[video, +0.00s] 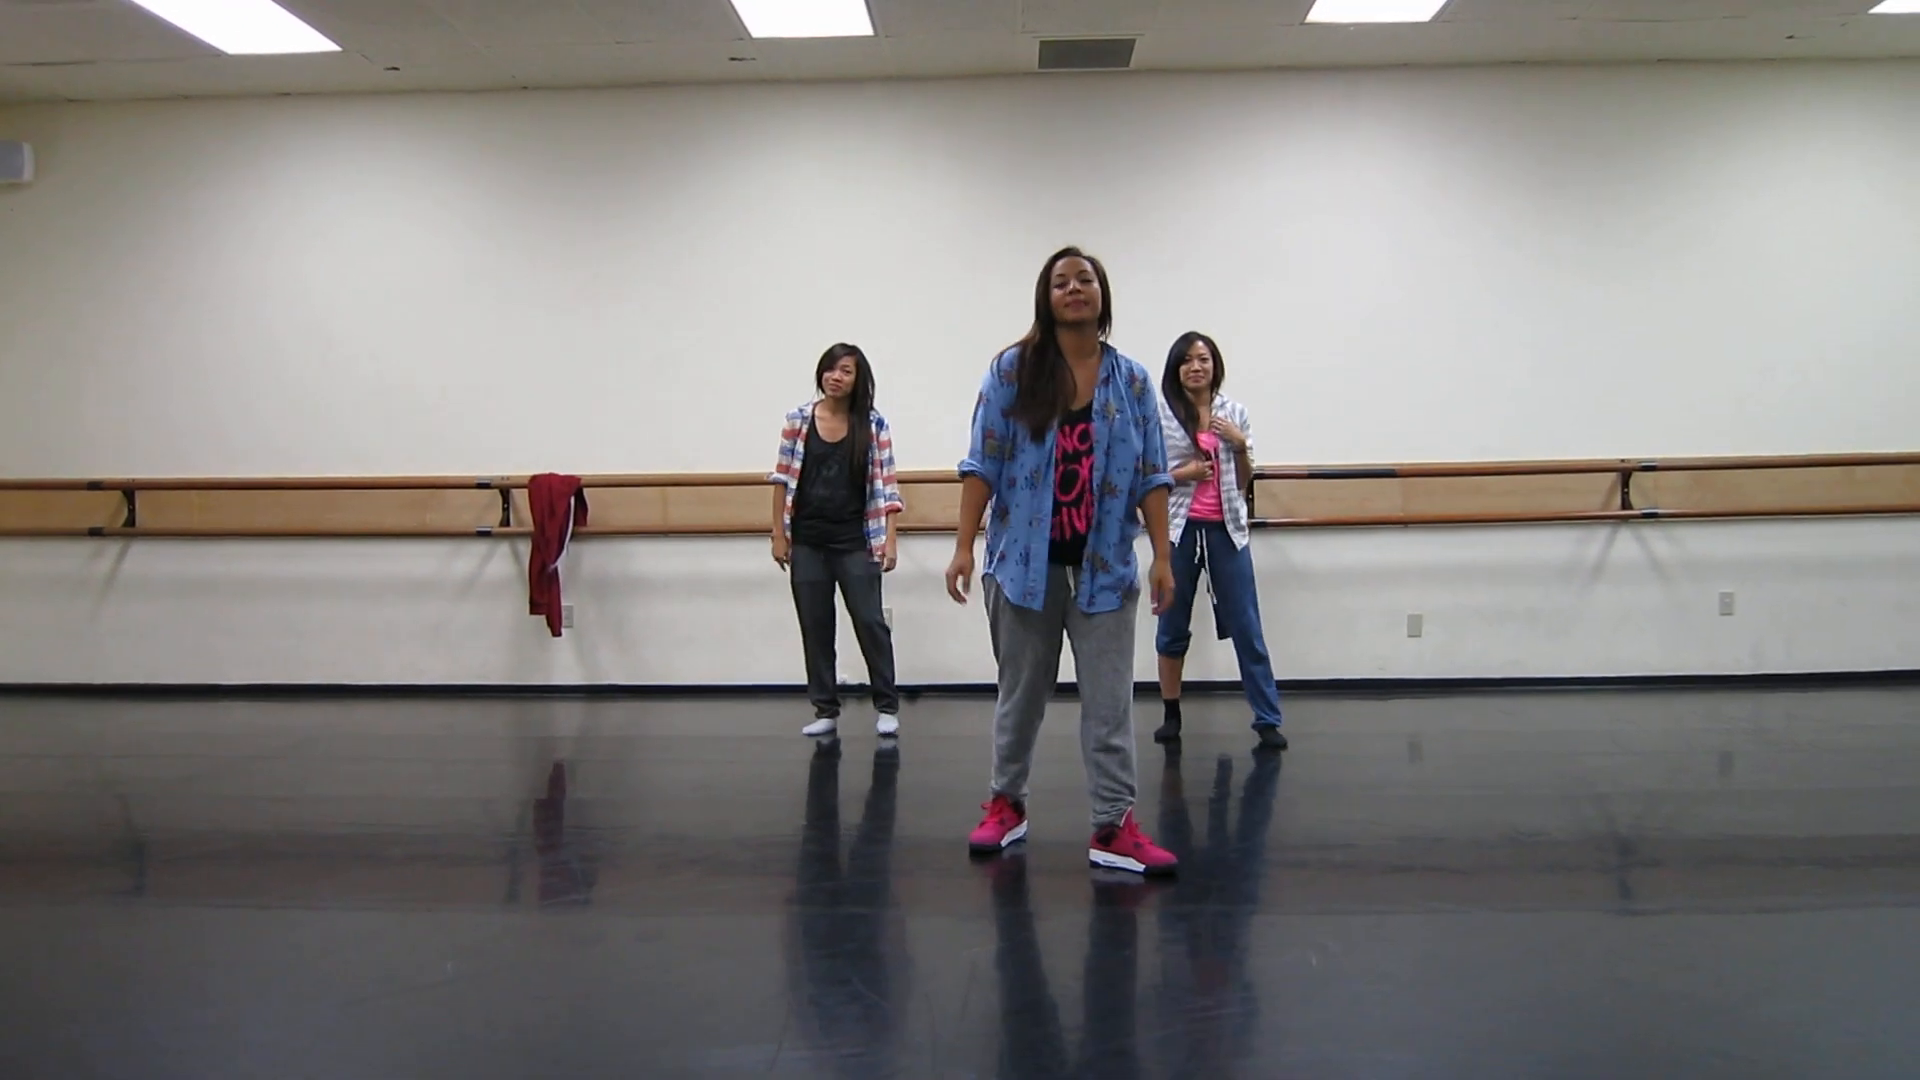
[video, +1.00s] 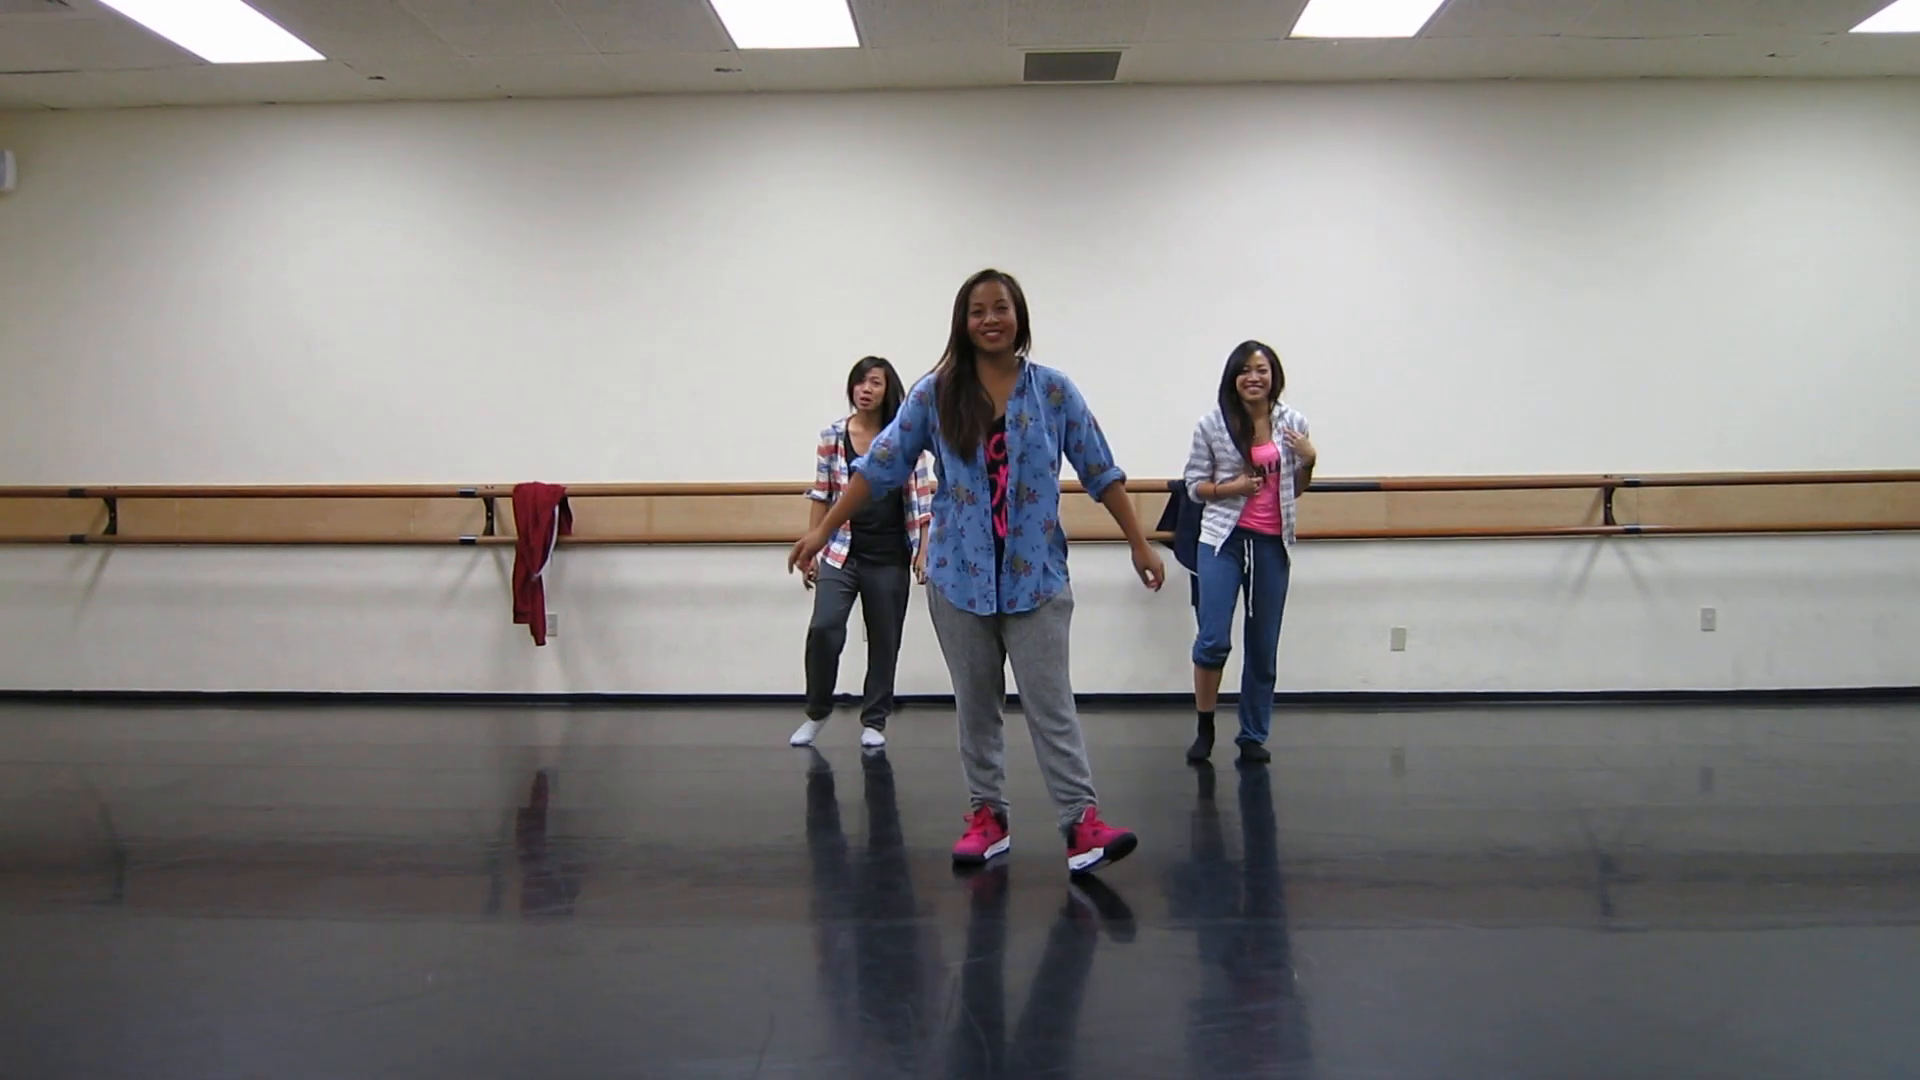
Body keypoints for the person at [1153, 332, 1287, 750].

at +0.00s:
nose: (1197, 366)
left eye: (1204, 359)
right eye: (1188, 360)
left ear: (1216, 366)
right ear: (1175, 369)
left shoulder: (1233, 413)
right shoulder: (1158, 415)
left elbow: (1242, 484)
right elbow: (1143, 478)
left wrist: (1240, 446)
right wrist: (1180, 473)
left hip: (1226, 531)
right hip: (1178, 530)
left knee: (1247, 628)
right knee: (1172, 625)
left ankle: (1267, 721)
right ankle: (1171, 716)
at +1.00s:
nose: (1254, 378)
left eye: (1262, 371)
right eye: (1244, 371)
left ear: (1274, 377)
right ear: (1232, 379)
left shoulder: (1290, 423)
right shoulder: (1211, 426)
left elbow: (1295, 490)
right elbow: (1194, 487)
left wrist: (1308, 461)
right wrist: (1232, 487)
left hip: (1270, 543)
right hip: (1221, 539)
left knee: (1263, 650)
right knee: (1212, 642)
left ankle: (1253, 739)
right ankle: (1205, 729)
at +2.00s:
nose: (1222, 387)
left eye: (1231, 381)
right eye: (1215, 380)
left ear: (1243, 389)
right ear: (1201, 387)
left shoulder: (1255, 436)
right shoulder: (1175, 434)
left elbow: (1261, 499)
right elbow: (1153, 491)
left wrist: (1267, 476)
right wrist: (1183, 499)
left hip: (1236, 555)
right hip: (1185, 553)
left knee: (1247, 657)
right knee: (1177, 653)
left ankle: (1258, 747)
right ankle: (1171, 743)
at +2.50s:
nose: (1195, 391)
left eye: (1202, 385)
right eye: (1187, 384)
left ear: (1214, 392)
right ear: (1172, 391)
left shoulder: (1226, 438)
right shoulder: (1152, 438)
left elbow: (1238, 510)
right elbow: (1129, 497)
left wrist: (1238, 482)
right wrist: (1161, 492)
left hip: (1219, 554)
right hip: (1169, 555)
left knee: (1243, 652)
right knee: (1171, 656)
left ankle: (1267, 746)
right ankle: (1173, 748)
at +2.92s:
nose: (1229, 395)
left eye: (1236, 388)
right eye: (1220, 389)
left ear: (1248, 397)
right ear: (1206, 398)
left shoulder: (1264, 445)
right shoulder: (1184, 447)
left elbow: (1274, 495)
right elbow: (1168, 507)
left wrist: (1275, 512)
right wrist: (1192, 545)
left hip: (1253, 562)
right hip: (1200, 561)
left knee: (1283, 657)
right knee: (1191, 658)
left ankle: (1307, 748)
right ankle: (1176, 753)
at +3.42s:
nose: (1297, 393)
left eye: (1304, 386)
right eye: (1288, 388)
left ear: (1315, 394)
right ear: (1275, 398)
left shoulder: (1335, 441)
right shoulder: (1256, 446)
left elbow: (1347, 488)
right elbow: (1243, 509)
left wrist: (1353, 502)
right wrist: (1243, 563)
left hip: (1318, 559)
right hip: (1269, 557)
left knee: (1315, 659)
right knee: (1260, 652)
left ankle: (1311, 749)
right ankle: (1240, 736)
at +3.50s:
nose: (1302, 395)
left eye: (1309, 388)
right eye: (1293, 389)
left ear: (1320, 396)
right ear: (1280, 399)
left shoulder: (1339, 444)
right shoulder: (1262, 446)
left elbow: (1352, 494)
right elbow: (1248, 510)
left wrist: (1355, 508)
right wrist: (1253, 566)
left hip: (1321, 560)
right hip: (1273, 557)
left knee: (1317, 661)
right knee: (1271, 652)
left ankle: (1311, 750)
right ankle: (1255, 736)